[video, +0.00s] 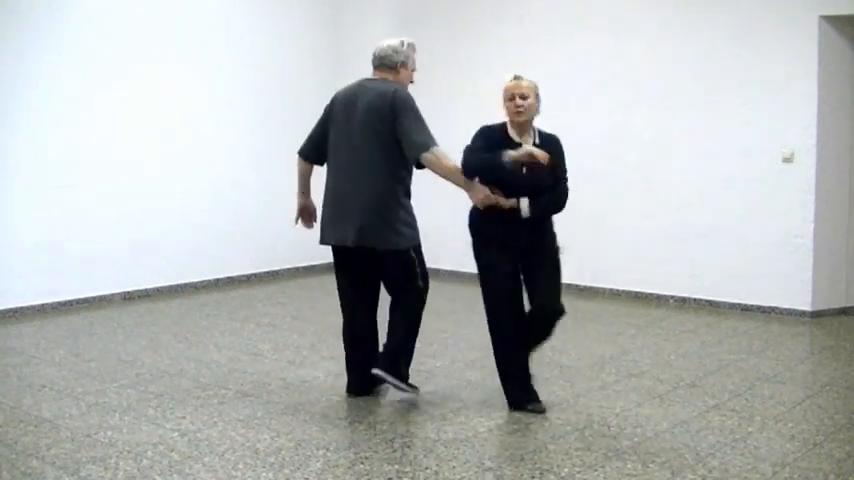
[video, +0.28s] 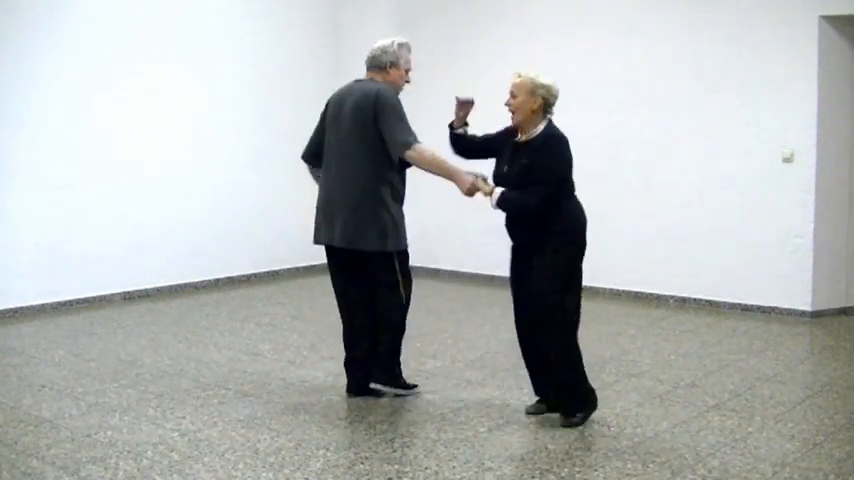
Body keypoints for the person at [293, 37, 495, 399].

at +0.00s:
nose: (413, 78)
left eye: (413, 71)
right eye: (412, 70)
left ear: (377, 66)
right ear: (402, 68)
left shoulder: (342, 98)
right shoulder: (398, 98)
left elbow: (306, 155)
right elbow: (427, 154)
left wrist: (303, 197)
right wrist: (471, 186)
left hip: (341, 221)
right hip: (387, 221)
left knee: (356, 305)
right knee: (412, 289)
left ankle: (360, 383)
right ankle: (394, 365)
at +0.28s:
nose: (409, 78)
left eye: (409, 71)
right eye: (406, 70)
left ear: (374, 68)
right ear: (389, 68)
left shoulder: (339, 98)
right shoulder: (383, 97)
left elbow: (313, 158)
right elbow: (409, 150)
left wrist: (338, 195)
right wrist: (459, 176)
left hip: (335, 221)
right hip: (377, 222)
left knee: (353, 303)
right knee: (394, 294)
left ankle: (358, 381)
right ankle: (386, 372)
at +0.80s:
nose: (394, 84)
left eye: (395, 76)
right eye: (391, 75)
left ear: (364, 73)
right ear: (369, 72)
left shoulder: (331, 99)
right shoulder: (361, 101)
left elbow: (293, 152)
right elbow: (378, 153)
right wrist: (423, 184)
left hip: (318, 222)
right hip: (346, 225)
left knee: (340, 302)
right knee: (356, 301)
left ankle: (353, 375)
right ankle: (332, 383)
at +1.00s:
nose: (387, 85)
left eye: (388, 78)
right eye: (384, 76)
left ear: (353, 74)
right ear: (363, 72)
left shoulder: (317, 101)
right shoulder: (361, 103)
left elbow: (271, 146)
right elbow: (410, 146)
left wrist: (252, 188)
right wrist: (465, 164)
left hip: (312, 223)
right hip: (336, 225)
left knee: (366, 279)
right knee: (347, 296)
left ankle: (354, 366)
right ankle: (331, 383)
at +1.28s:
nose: (398, 85)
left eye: (399, 77)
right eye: (395, 76)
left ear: (367, 76)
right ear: (373, 74)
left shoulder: (334, 102)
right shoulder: (370, 103)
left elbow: (287, 144)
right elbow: (415, 138)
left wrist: (264, 180)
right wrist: (463, 155)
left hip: (329, 221)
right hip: (345, 223)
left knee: (371, 285)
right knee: (348, 297)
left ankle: (372, 367)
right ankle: (331, 382)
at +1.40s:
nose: (410, 82)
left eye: (411, 75)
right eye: (405, 74)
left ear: (380, 74)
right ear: (384, 72)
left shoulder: (356, 99)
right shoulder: (374, 101)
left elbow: (327, 144)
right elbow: (402, 145)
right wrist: (449, 162)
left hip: (354, 220)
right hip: (357, 222)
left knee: (380, 290)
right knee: (368, 294)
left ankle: (373, 367)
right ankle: (341, 371)